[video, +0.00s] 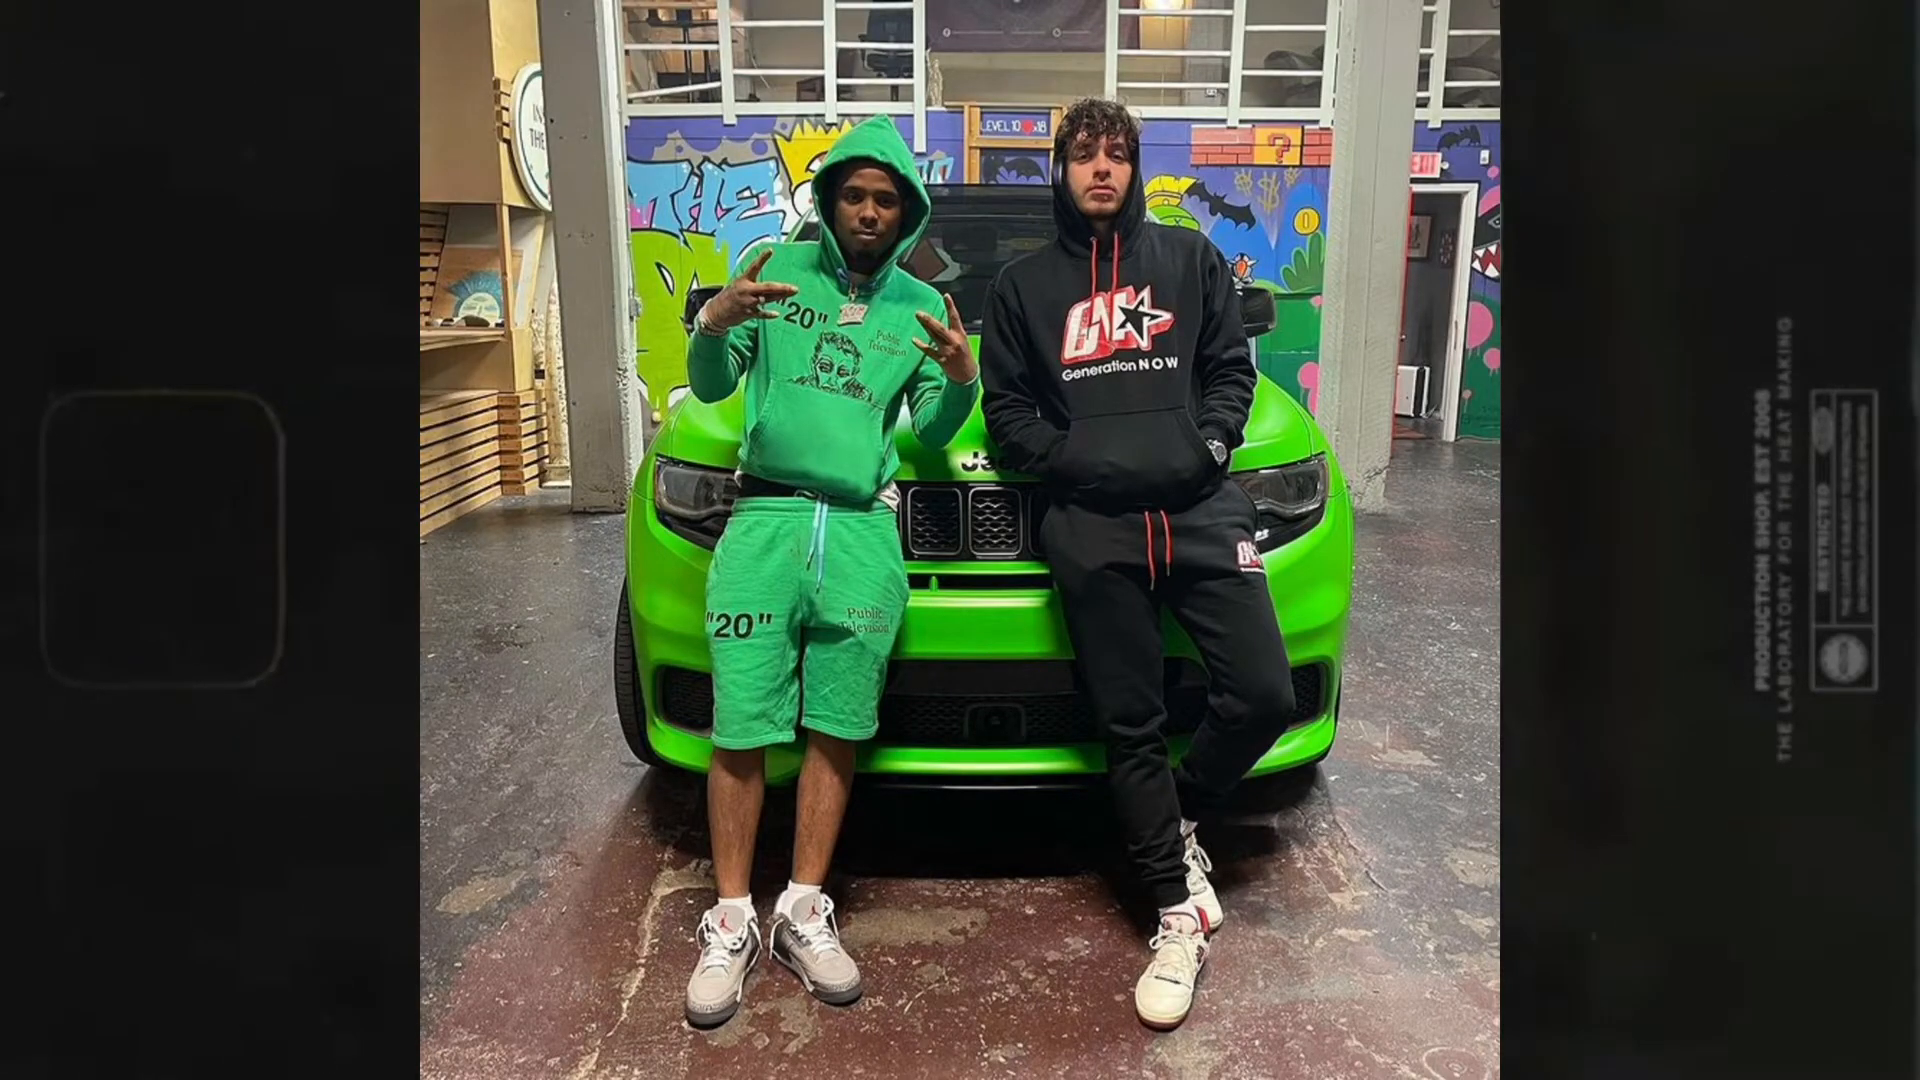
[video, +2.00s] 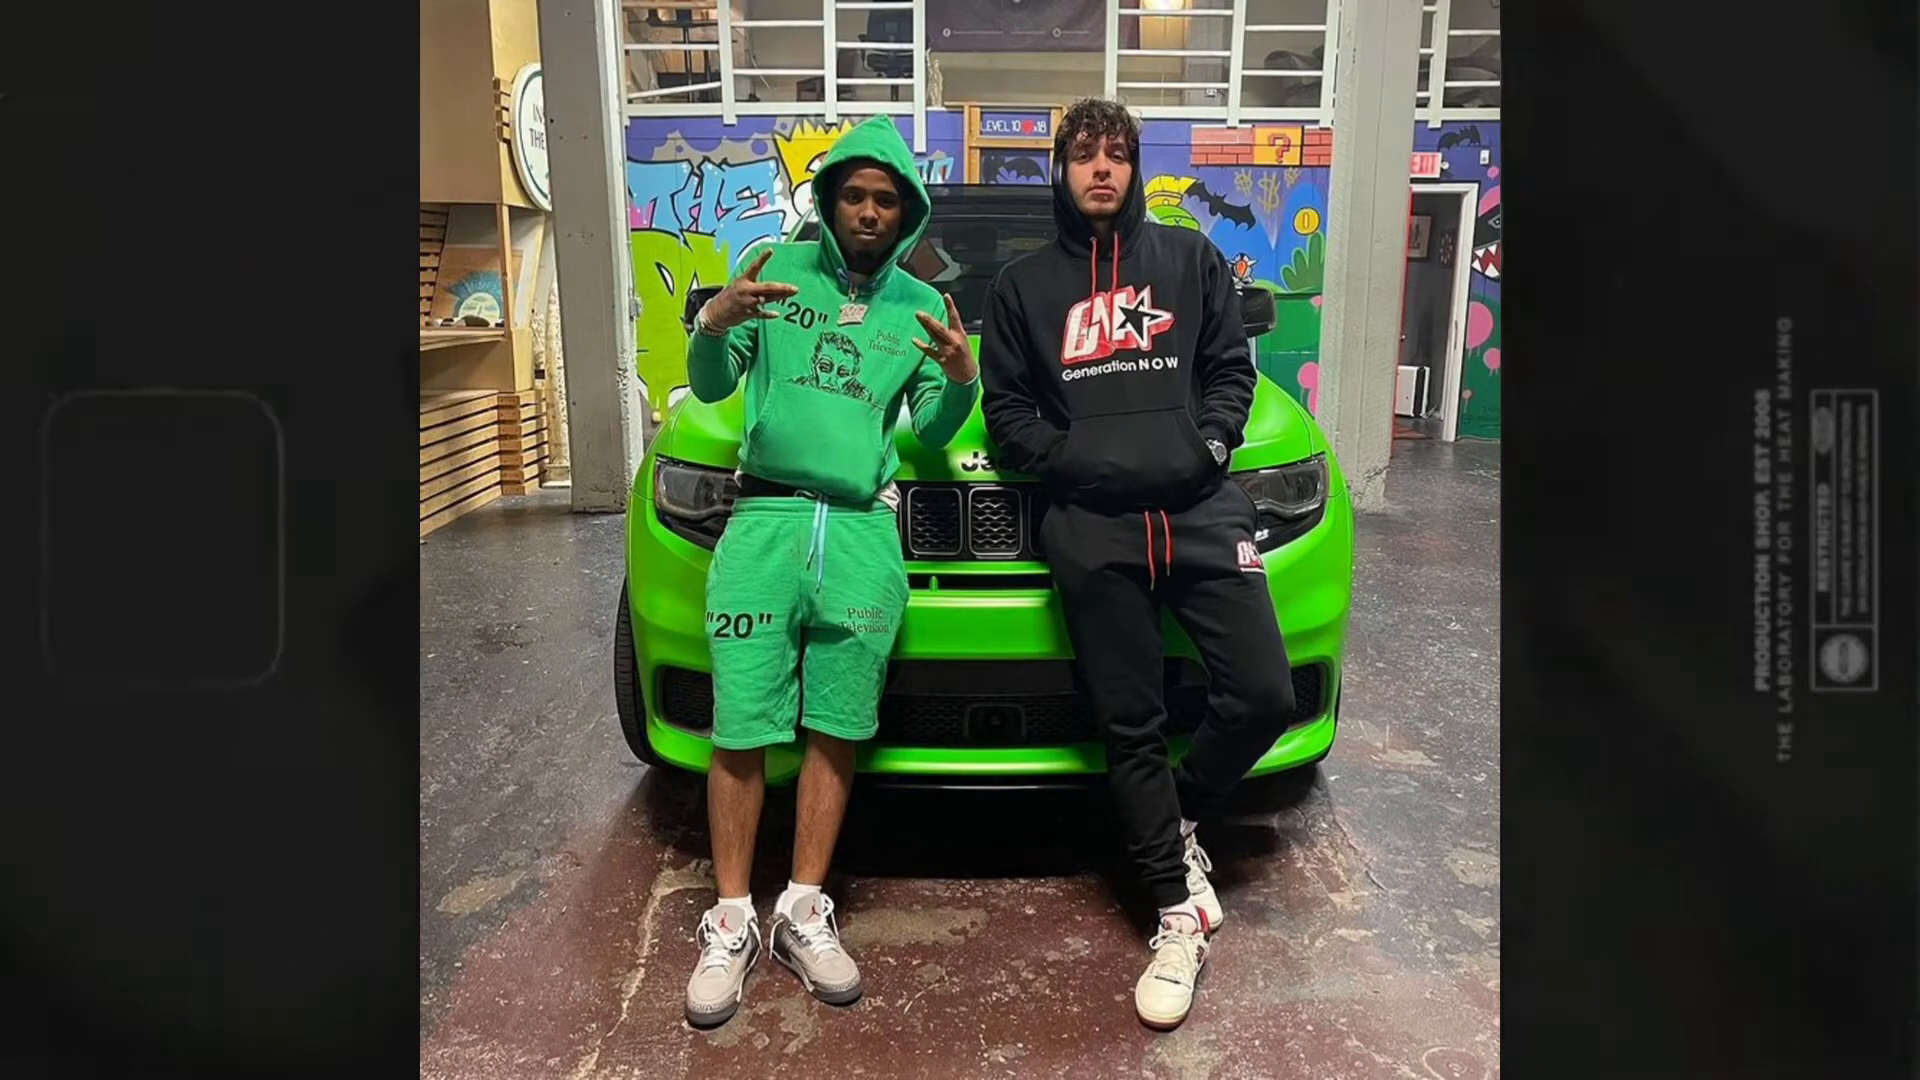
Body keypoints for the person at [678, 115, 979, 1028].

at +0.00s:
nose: (869, 213)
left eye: (885, 199)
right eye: (855, 196)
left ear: (906, 212)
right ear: (827, 202)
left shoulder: (923, 306)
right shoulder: (775, 267)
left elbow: (923, 439)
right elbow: (712, 384)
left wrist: (960, 380)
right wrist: (712, 322)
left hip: (861, 527)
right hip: (764, 517)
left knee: (838, 728)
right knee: (741, 729)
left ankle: (805, 909)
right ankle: (732, 919)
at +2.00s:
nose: (868, 212)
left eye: (884, 198)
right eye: (854, 196)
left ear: (906, 211)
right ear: (827, 202)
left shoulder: (923, 305)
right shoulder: (776, 267)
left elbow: (924, 439)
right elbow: (712, 384)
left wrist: (961, 380)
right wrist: (714, 321)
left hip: (861, 527)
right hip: (763, 516)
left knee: (838, 728)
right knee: (741, 728)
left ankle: (805, 909)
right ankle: (732, 920)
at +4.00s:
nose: (868, 212)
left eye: (885, 198)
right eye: (854, 196)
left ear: (907, 212)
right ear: (827, 202)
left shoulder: (923, 305)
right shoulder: (776, 268)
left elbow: (923, 439)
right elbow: (712, 384)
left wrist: (961, 380)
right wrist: (713, 321)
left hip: (861, 527)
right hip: (763, 517)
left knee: (838, 728)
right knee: (741, 728)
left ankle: (805, 908)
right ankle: (732, 919)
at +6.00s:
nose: (868, 212)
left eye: (885, 198)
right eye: (854, 196)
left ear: (907, 212)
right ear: (827, 202)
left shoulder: (923, 305)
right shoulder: (776, 268)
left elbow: (923, 439)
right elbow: (712, 384)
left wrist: (961, 380)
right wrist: (713, 321)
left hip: (861, 527)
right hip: (763, 517)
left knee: (838, 728)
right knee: (741, 728)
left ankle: (805, 908)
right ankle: (732, 919)